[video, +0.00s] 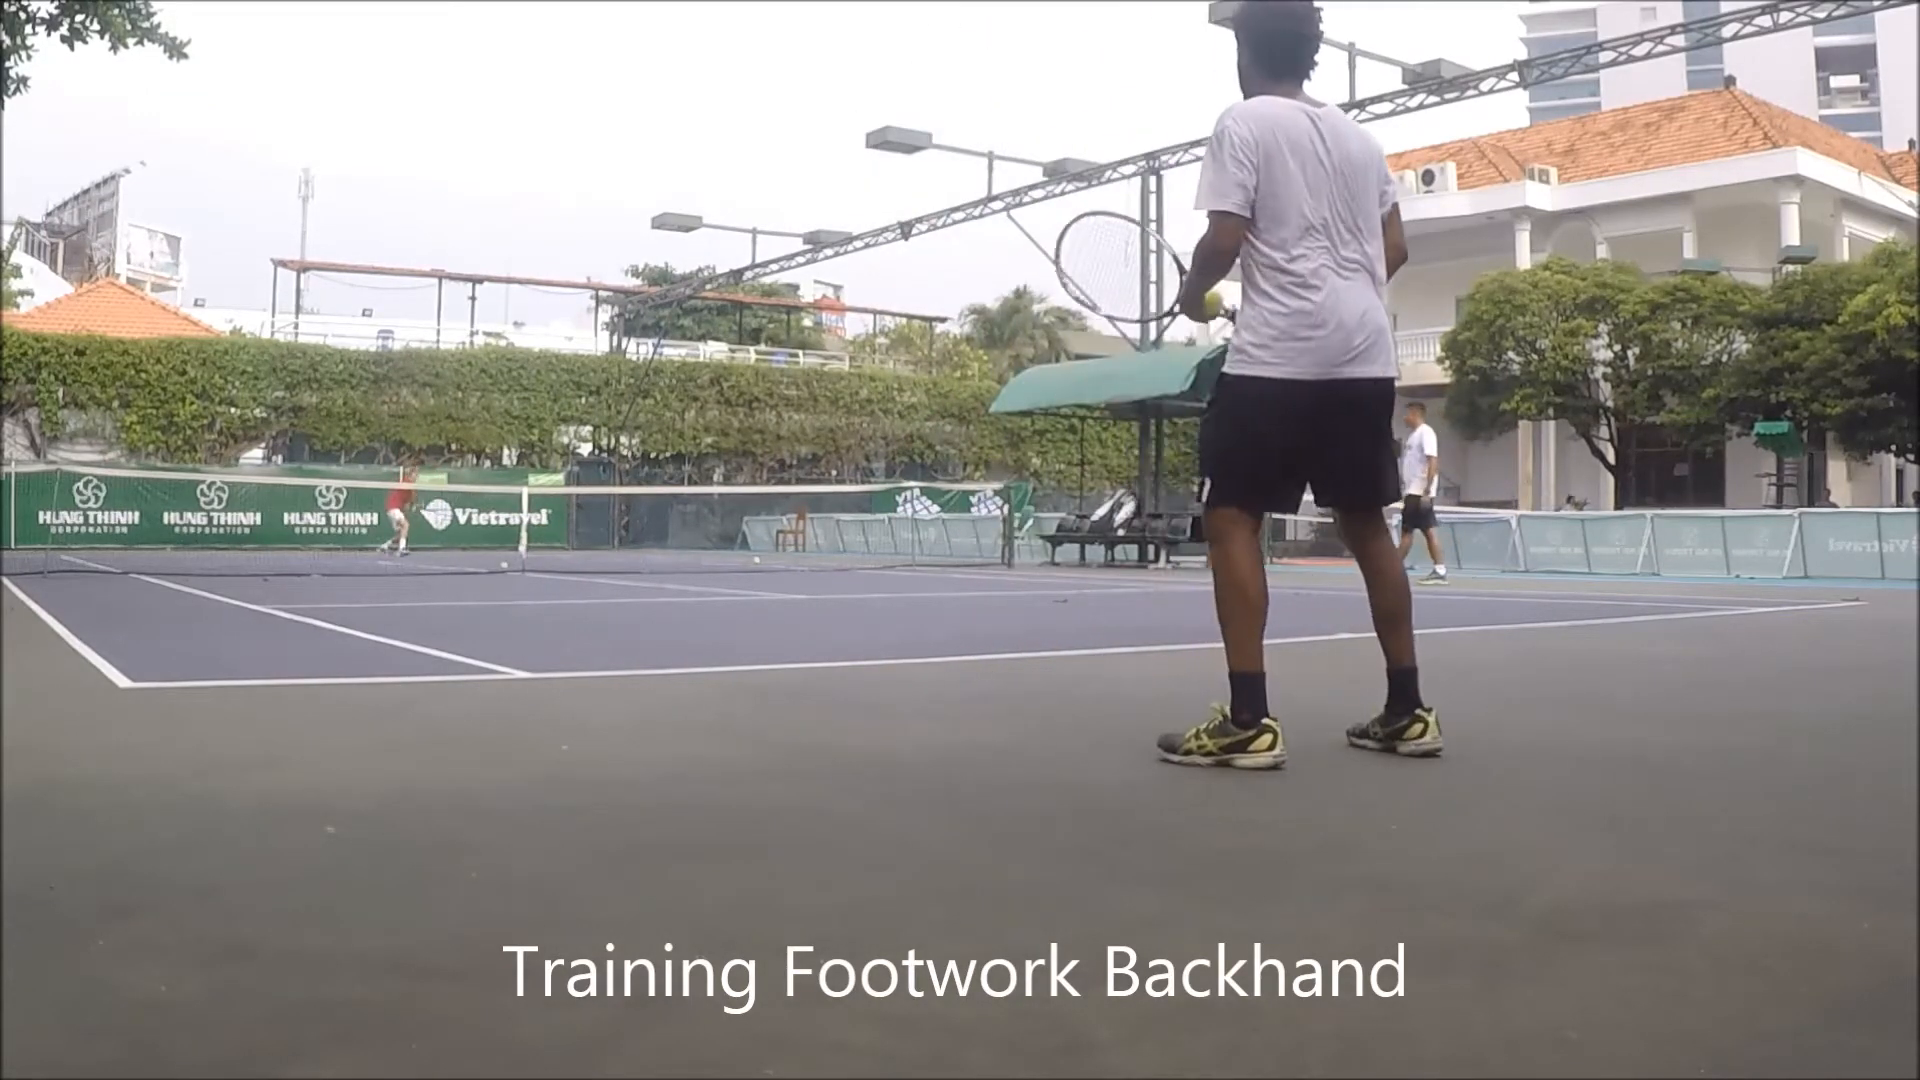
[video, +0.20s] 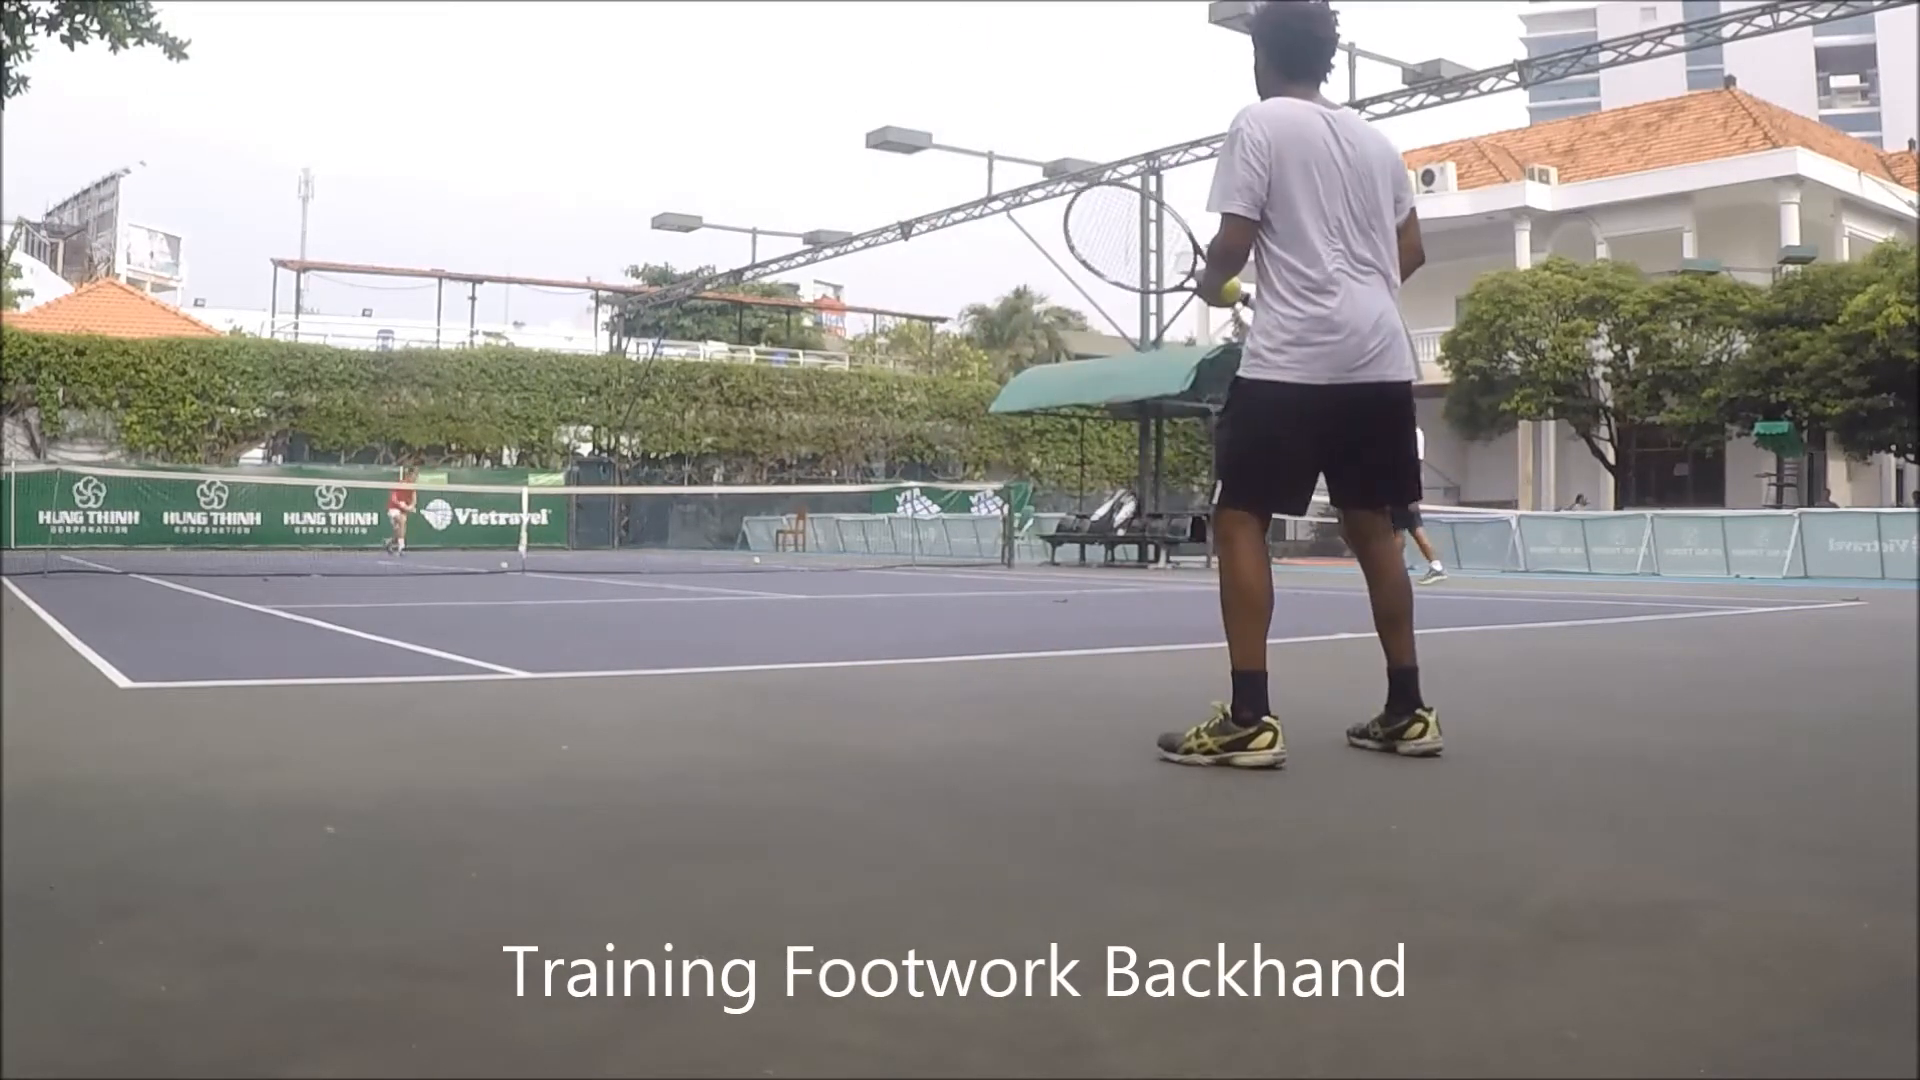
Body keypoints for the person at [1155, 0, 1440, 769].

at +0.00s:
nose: (1232, 60)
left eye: (1235, 46)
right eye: (1237, 45)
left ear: (1246, 52)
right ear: (1312, 55)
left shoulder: (1244, 122)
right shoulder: (1359, 137)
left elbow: (1225, 239)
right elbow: (1394, 250)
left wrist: (1193, 289)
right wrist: (1341, 304)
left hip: (1274, 360)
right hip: (1366, 363)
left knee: (1230, 523)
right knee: (1367, 524)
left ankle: (1247, 719)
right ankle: (1407, 708)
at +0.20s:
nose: (1250, 66)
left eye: (1252, 54)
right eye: (1254, 53)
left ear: (1261, 57)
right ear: (1328, 58)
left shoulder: (1259, 124)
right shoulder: (1378, 141)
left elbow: (1236, 237)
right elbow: (1410, 250)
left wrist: (1212, 278)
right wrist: (1353, 291)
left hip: (1288, 364)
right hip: (1380, 366)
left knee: (1239, 524)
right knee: (1373, 528)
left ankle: (1248, 718)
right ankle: (1407, 708)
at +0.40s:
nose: (1233, 68)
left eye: (1236, 56)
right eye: (1236, 55)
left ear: (1247, 61)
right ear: (1313, 64)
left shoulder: (1247, 126)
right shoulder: (1364, 144)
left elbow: (1233, 237)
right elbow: (1401, 252)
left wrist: (1205, 283)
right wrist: (1343, 300)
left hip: (1280, 355)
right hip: (1373, 360)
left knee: (1210, 518)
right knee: (1360, 527)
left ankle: (1229, 706)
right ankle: (1405, 707)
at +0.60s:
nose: (1178, 98)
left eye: (1180, 86)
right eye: (1180, 85)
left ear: (1191, 86)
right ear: (1256, 89)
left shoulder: (1202, 153)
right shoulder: (1310, 165)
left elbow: (1200, 271)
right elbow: (1339, 276)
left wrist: (1157, 299)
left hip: (1254, 373)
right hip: (1341, 383)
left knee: (1139, 525)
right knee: (1326, 548)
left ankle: (1144, 717)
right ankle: (1402, 710)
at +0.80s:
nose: (1078, 89)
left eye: (1081, 73)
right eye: (1079, 73)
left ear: (1097, 73)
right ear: (1155, 73)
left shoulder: (1128, 140)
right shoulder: (1191, 145)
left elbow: (1110, 260)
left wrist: (1039, 272)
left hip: (1174, 370)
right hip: (1246, 374)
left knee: (1074, 527)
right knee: (1236, 541)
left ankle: (1129, 726)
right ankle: (1358, 688)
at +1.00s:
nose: (994, 75)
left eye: (998, 58)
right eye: (995, 58)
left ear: (1019, 60)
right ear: (1069, 51)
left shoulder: (1085, 114)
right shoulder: (1067, 138)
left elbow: (1052, 215)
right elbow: (1004, 251)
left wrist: (950, 200)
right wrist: (932, 271)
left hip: (1128, 347)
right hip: (1149, 350)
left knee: (1064, 518)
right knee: (1089, 532)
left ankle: (1130, 725)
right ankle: (1223, 667)